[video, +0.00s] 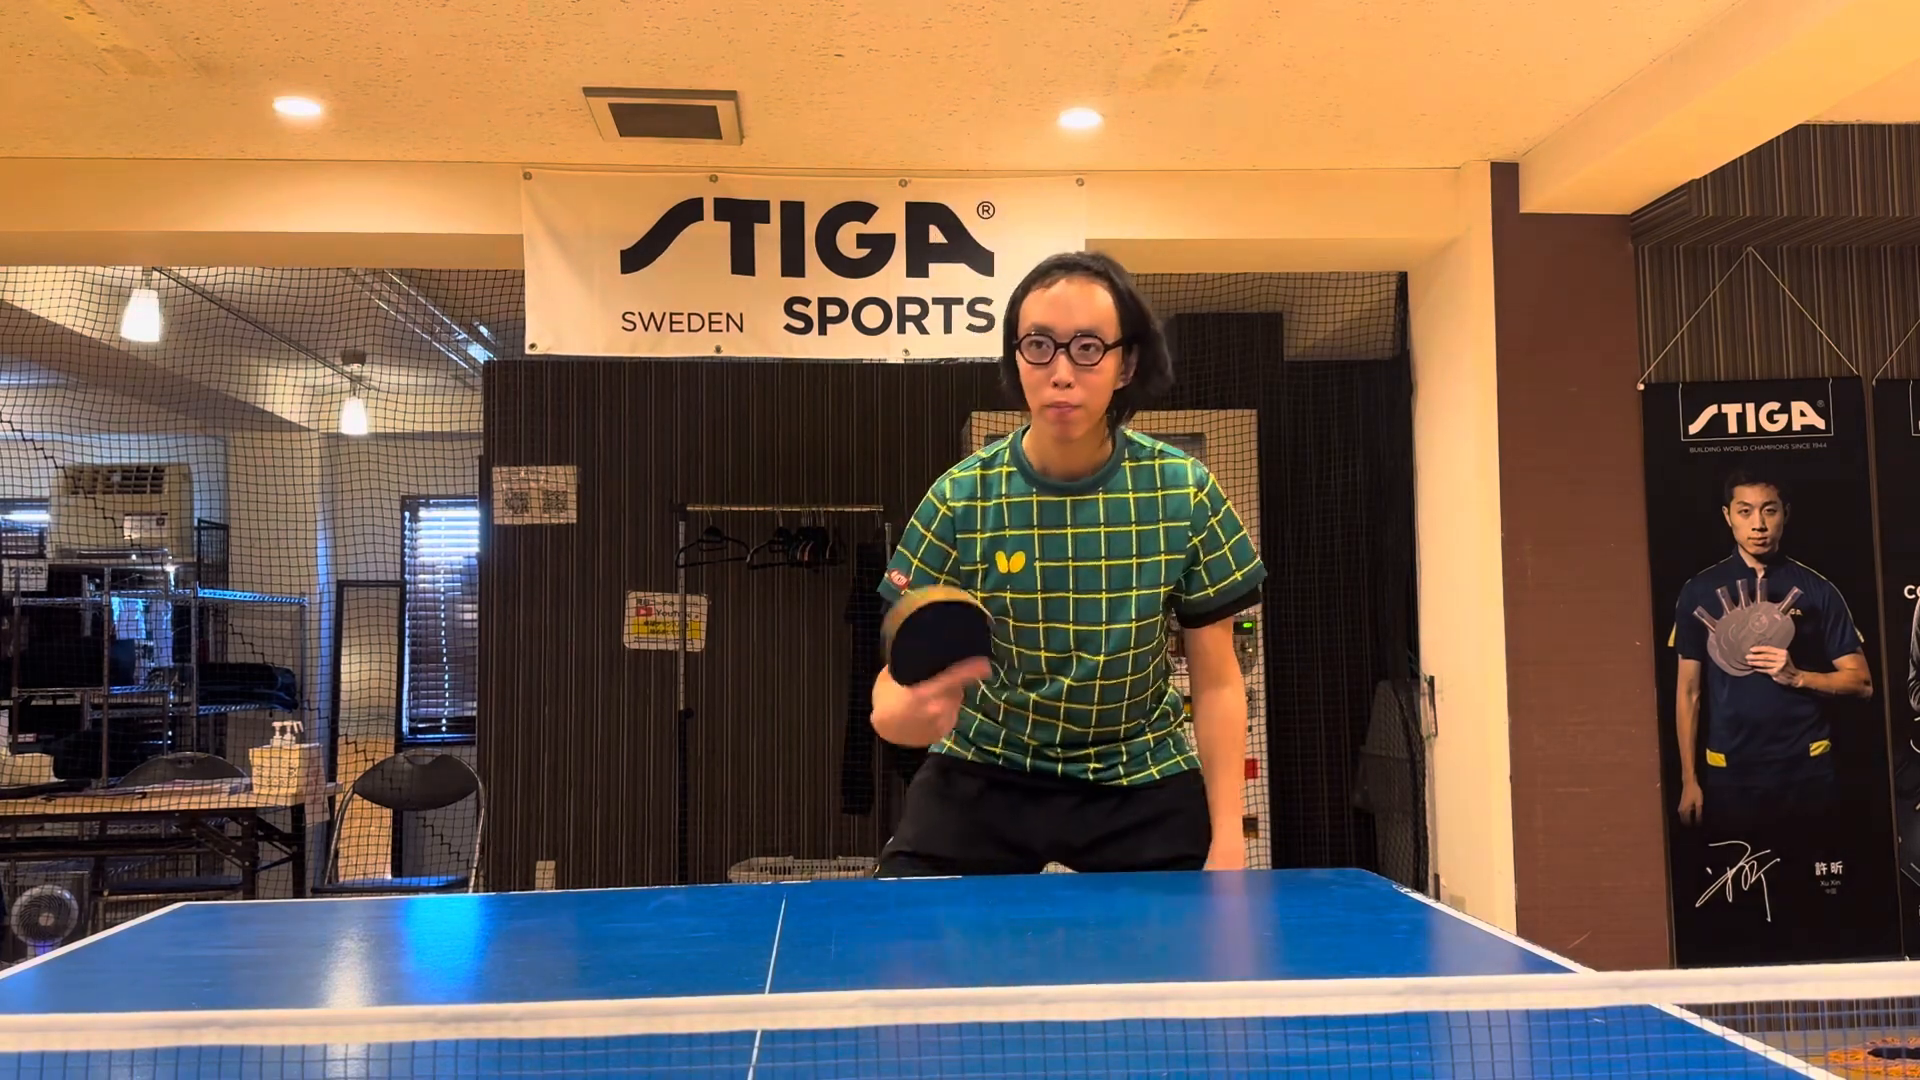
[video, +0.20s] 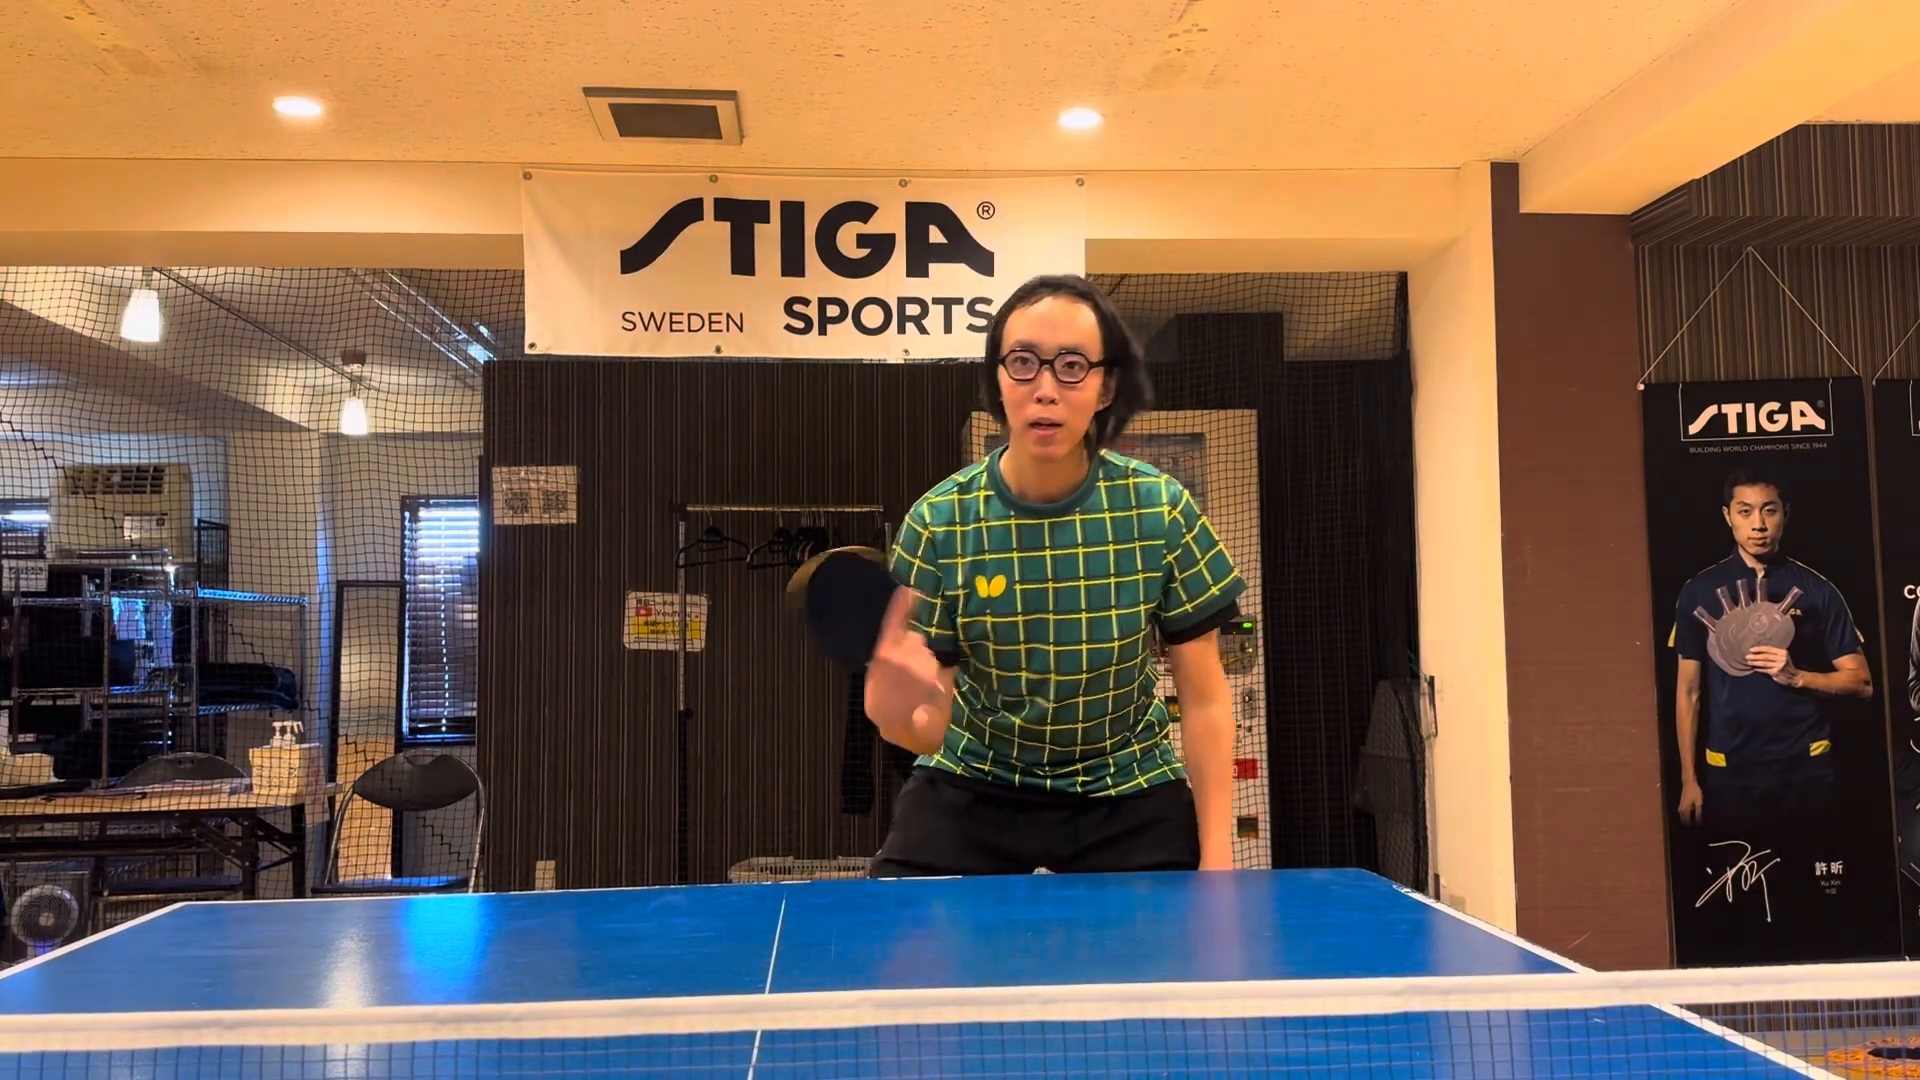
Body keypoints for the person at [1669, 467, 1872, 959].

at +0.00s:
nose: (1758, 523)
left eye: (1768, 510)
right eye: (1745, 511)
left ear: (1784, 516)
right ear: (1728, 517)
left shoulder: (1817, 592)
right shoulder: (1700, 594)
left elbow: (1860, 681)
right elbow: (1688, 691)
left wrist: (1798, 676)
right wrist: (1689, 778)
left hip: (1806, 773)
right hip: (1728, 776)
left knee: (1812, 905)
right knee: (1732, 908)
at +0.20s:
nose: (1758, 524)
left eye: (1769, 510)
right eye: (1745, 512)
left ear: (1785, 516)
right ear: (1728, 518)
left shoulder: (1817, 591)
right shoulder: (1700, 593)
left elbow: (1861, 682)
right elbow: (1688, 692)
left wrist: (1797, 676)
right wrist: (1689, 779)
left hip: (1806, 772)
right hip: (1731, 776)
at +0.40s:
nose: (1758, 523)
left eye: (1768, 511)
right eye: (1745, 511)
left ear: (1784, 517)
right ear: (1728, 517)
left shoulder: (1816, 592)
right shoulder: (1700, 594)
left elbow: (1860, 681)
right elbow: (1688, 692)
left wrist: (1798, 676)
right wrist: (1689, 778)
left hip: (1805, 772)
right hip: (1728, 775)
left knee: (1812, 904)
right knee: (1732, 908)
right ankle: (1738, 1018)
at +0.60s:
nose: (1758, 523)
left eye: (1768, 510)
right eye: (1745, 511)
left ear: (1784, 516)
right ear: (1728, 517)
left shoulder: (1816, 591)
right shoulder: (1699, 594)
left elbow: (1860, 681)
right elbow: (1688, 692)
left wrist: (1798, 676)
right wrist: (1689, 778)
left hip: (1805, 773)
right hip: (1728, 776)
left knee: (1812, 903)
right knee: (1732, 907)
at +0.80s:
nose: (1757, 523)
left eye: (1768, 510)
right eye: (1745, 511)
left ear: (1784, 516)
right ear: (1728, 517)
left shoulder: (1817, 591)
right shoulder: (1700, 594)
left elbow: (1860, 681)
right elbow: (1688, 692)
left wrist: (1797, 676)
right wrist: (1688, 778)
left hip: (1806, 771)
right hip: (1728, 774)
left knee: (1813, 902)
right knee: (1732, 906)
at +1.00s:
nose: (1758, 523)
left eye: (1768, 510)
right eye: (1745, 511)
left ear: (1784, 516)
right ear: (1728, 517)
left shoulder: (1816, 591)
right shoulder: (1700, 594)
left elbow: (1860, 681)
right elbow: (1688, 692)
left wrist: (1798, 676)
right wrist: (1688, 778)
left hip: (1806, 771)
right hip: (1729, 775)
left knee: (1812, 902)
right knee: (1732, 906)